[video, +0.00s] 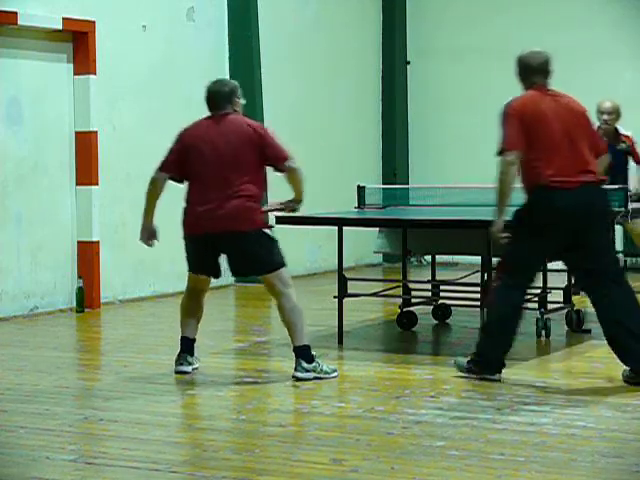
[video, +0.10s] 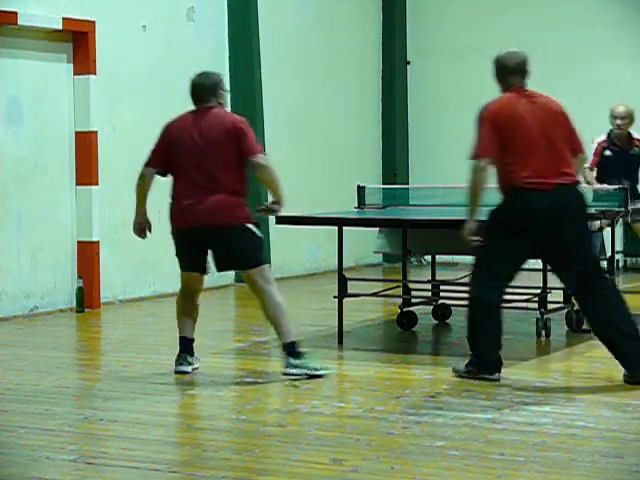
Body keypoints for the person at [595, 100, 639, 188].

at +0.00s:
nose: (605, 118)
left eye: (610, 114)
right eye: (601, 114)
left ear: (617, 117)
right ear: (597, 116)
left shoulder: (625, 140)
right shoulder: (591, 138)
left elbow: (637, 161)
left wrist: (636, 187)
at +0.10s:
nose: (619, 123)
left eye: (623, 119)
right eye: (615, 119)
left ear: (631, 121)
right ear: (610, 120)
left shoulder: (636, 144)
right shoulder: (602, 144)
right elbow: (589, 169)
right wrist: (596, 185)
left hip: (631, 197)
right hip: (607, 198)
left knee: (635, 220)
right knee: (595, 223)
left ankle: (630, 258)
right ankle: (599, 259)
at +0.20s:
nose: (628, 127)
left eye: (632, 123)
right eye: (624, 123)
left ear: (638, 125)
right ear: (619, 125)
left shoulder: (637, 146)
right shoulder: (611, 146)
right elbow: (596, 173)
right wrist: (608, 189)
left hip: (635, 195)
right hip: (614, 195)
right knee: (605, 226)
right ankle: (600, 276)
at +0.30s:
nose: (632, 134)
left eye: (636, 130)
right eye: (629, 130)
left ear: (639, 132)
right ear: (623, 131)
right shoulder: (614, 149)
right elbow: (599, 177)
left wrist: (627, 185)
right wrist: (626, 184)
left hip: (635, 199)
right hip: (613, 198)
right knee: (608, 227)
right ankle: (602, 278)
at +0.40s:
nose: (633, 142)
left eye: (637, 137)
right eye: (630, 137)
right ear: (623, 137)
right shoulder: (615, 153)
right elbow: (605, 181)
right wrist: (629, 189)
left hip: (635, 204)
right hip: (615, 203)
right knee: (608, 232)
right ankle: (603, 280)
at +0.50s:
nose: (634, 146)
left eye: (637, 141)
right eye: (630, 141)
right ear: (623, 141)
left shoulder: (637, 160)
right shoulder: (613, 154)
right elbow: (606, 179)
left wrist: (630, 200)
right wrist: (622, 197)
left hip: (630, 205)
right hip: (606, 204)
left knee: (635, 229)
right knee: (607, 232)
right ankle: (602, 280)